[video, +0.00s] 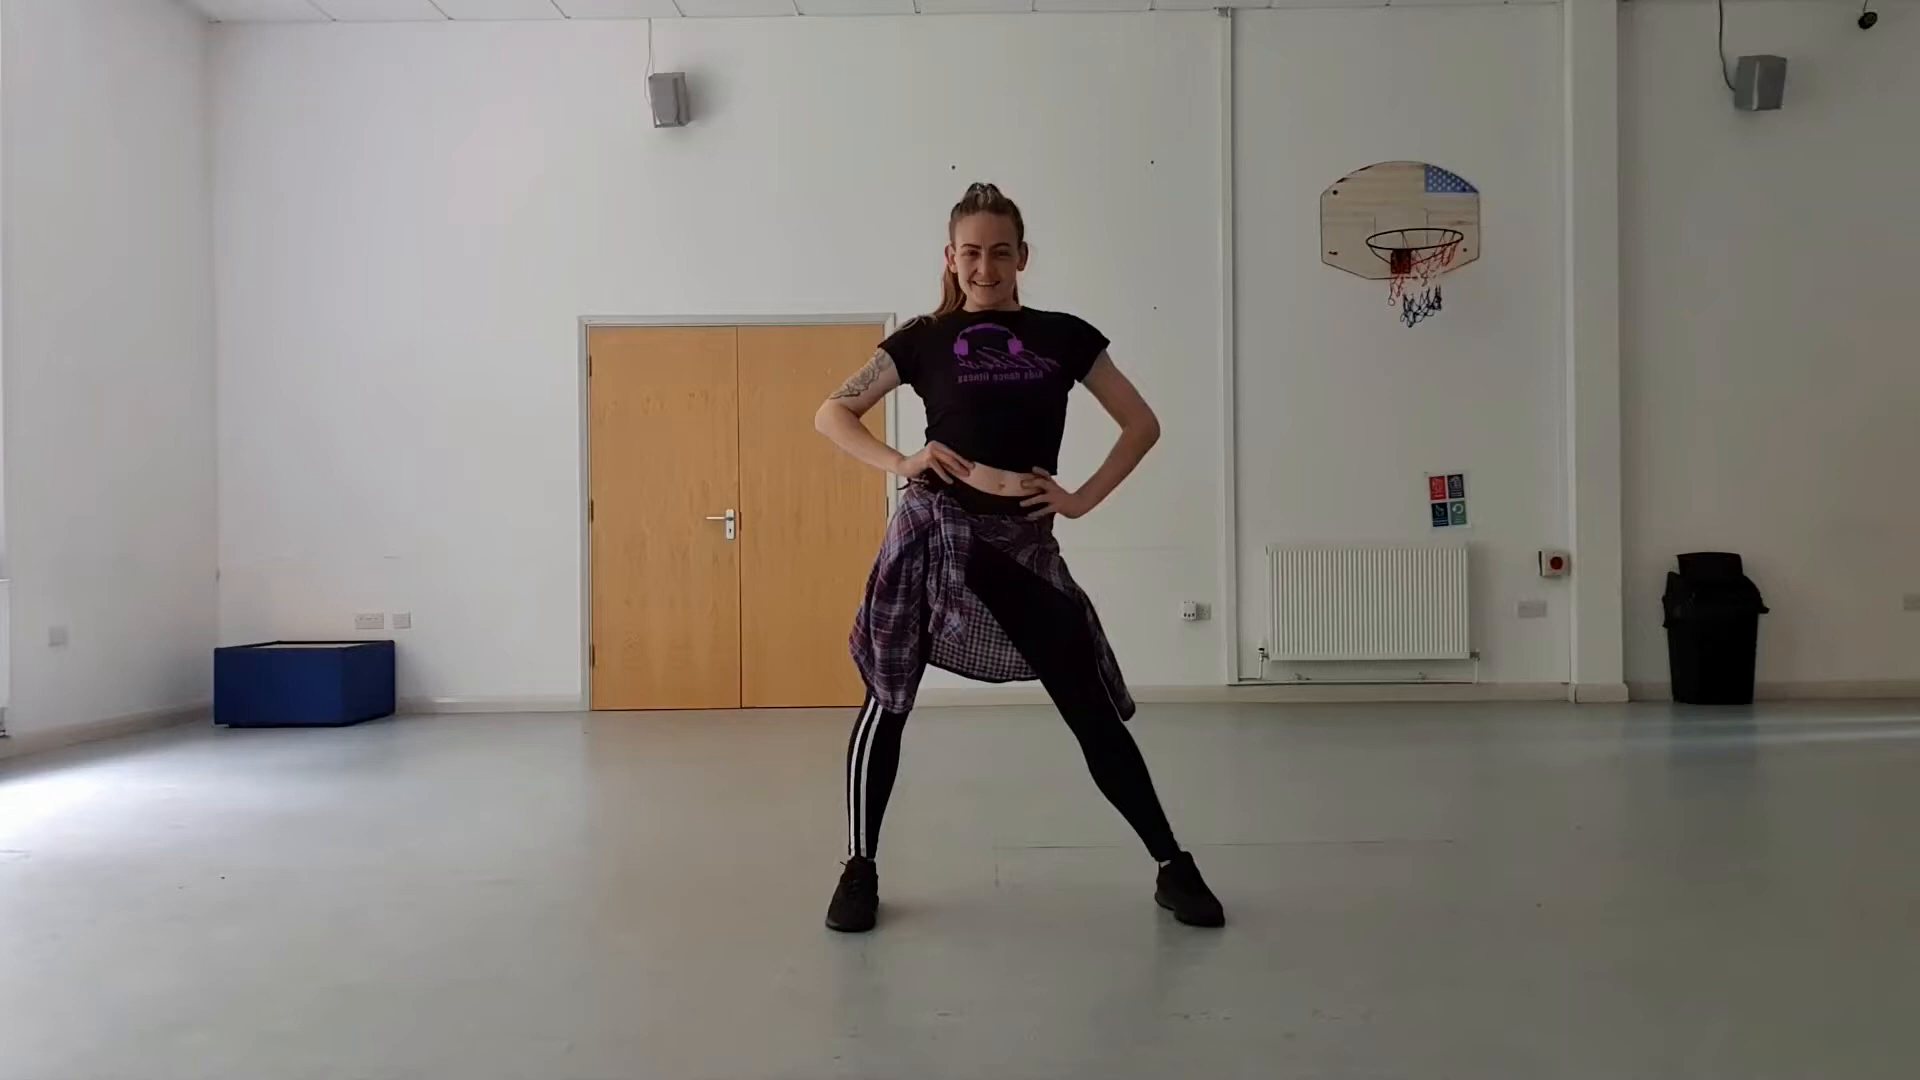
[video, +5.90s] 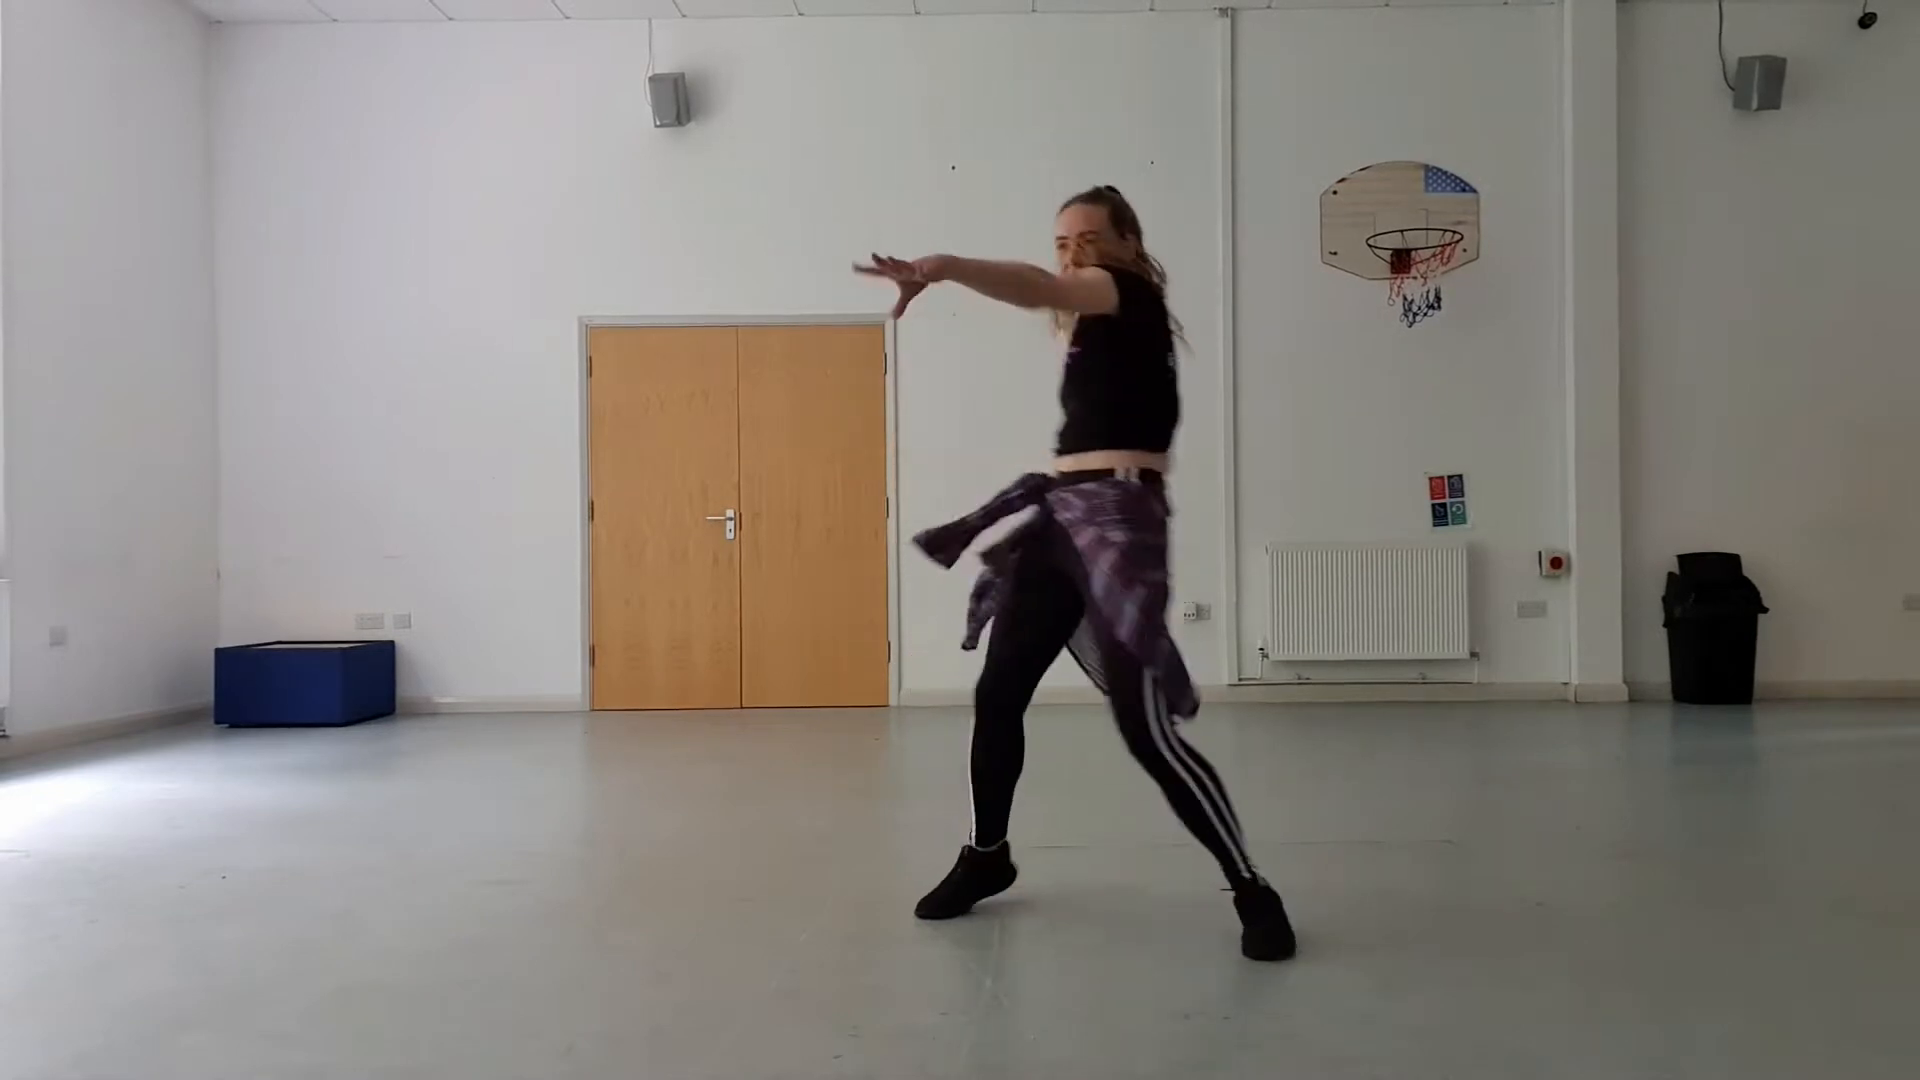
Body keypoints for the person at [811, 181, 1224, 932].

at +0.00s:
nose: (983, 265)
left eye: (998, 250)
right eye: (969, 251)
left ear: (1022, 254)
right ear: (949, 256)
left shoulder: (1065, 337)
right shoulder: (921, 341)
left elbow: (1141, 425)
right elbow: (833, 414)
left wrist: (1086, 496)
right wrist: (897, 462)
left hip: (1021, 541)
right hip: (931, 534)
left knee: (1091, 707)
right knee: (889, 698)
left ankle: (1174, 865)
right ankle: (859, 866)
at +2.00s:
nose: (1031, 265)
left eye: (1046, 254)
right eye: (1018, 253)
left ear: (1067, 265)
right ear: (998, 262)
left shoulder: (1089, 345)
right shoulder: (958, 333)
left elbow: (1205, 388)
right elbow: (896, 425)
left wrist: (1136, 449)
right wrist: (951, 511)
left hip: (1107, 529)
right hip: (1021, 541)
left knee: (1149, 694)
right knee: (959, 711)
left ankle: (1180, 865)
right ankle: (888, 871)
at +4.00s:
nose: (1071, 275)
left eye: (1079, 265)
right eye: (1059, 259)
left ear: (1082, 275)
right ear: (1015, 260)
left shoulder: (1084, 350)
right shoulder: (961, 338)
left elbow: (1194, 404)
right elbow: (894, 431)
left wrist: (1135, 459)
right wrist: (955, 516)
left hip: (1108, 534)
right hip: (1022, 545)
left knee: (1145, 696)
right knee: (955, 708)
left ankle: (1167, 862)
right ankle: (883, 867)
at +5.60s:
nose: (984, 204)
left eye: (1003, 195)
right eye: (980, 195)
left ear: (1042, 214)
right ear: (974, 213)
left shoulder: (1066, 279)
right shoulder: (961, 294)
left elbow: (1179, 306)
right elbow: (960, 392)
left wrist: (1091, 365)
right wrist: (951, 458)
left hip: (1062, 490)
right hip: (984, 501)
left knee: (1131, 672)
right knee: (974, 685)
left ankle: (1231, 836)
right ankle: (965, 853)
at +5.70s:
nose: (1013, 219)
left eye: (1028, 207)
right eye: (1007, 208)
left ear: (1064, 217)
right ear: (1000, 219)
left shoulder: (1078, 261)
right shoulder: (1005, 295)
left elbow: (1081, 230)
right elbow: (984, 283)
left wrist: (1019, 328)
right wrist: (987, 288)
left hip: (1061, 496)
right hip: (989, 502)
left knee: (1147, 683)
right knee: (988, 691)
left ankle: (1247, 860)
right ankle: (975, 854)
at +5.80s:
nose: (1043, 241)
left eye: (1064, 231)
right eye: (1036, 230)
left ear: (1097, 242)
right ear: (1027, 237)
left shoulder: (1099, 285)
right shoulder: (1052, 307)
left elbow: (1025, 273)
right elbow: (1030, 318)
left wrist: (935, 273)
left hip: (1077, 501)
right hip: (1012, 502)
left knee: (1131, 705)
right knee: (997, 698)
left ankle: (1242, 883)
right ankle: (980, 857)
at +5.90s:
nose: (1070, 254)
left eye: (1088, 241)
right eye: (1061, 244)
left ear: (1127, 246)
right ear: (1056, 251)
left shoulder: (1130, 296)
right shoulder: (1090, 313)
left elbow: (1043, 289)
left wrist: (944, 268)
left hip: (1121, 519)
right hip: (1063, 517)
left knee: (1146, 728)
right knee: (998, 695)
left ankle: (1251, 891)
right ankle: (986, 854)